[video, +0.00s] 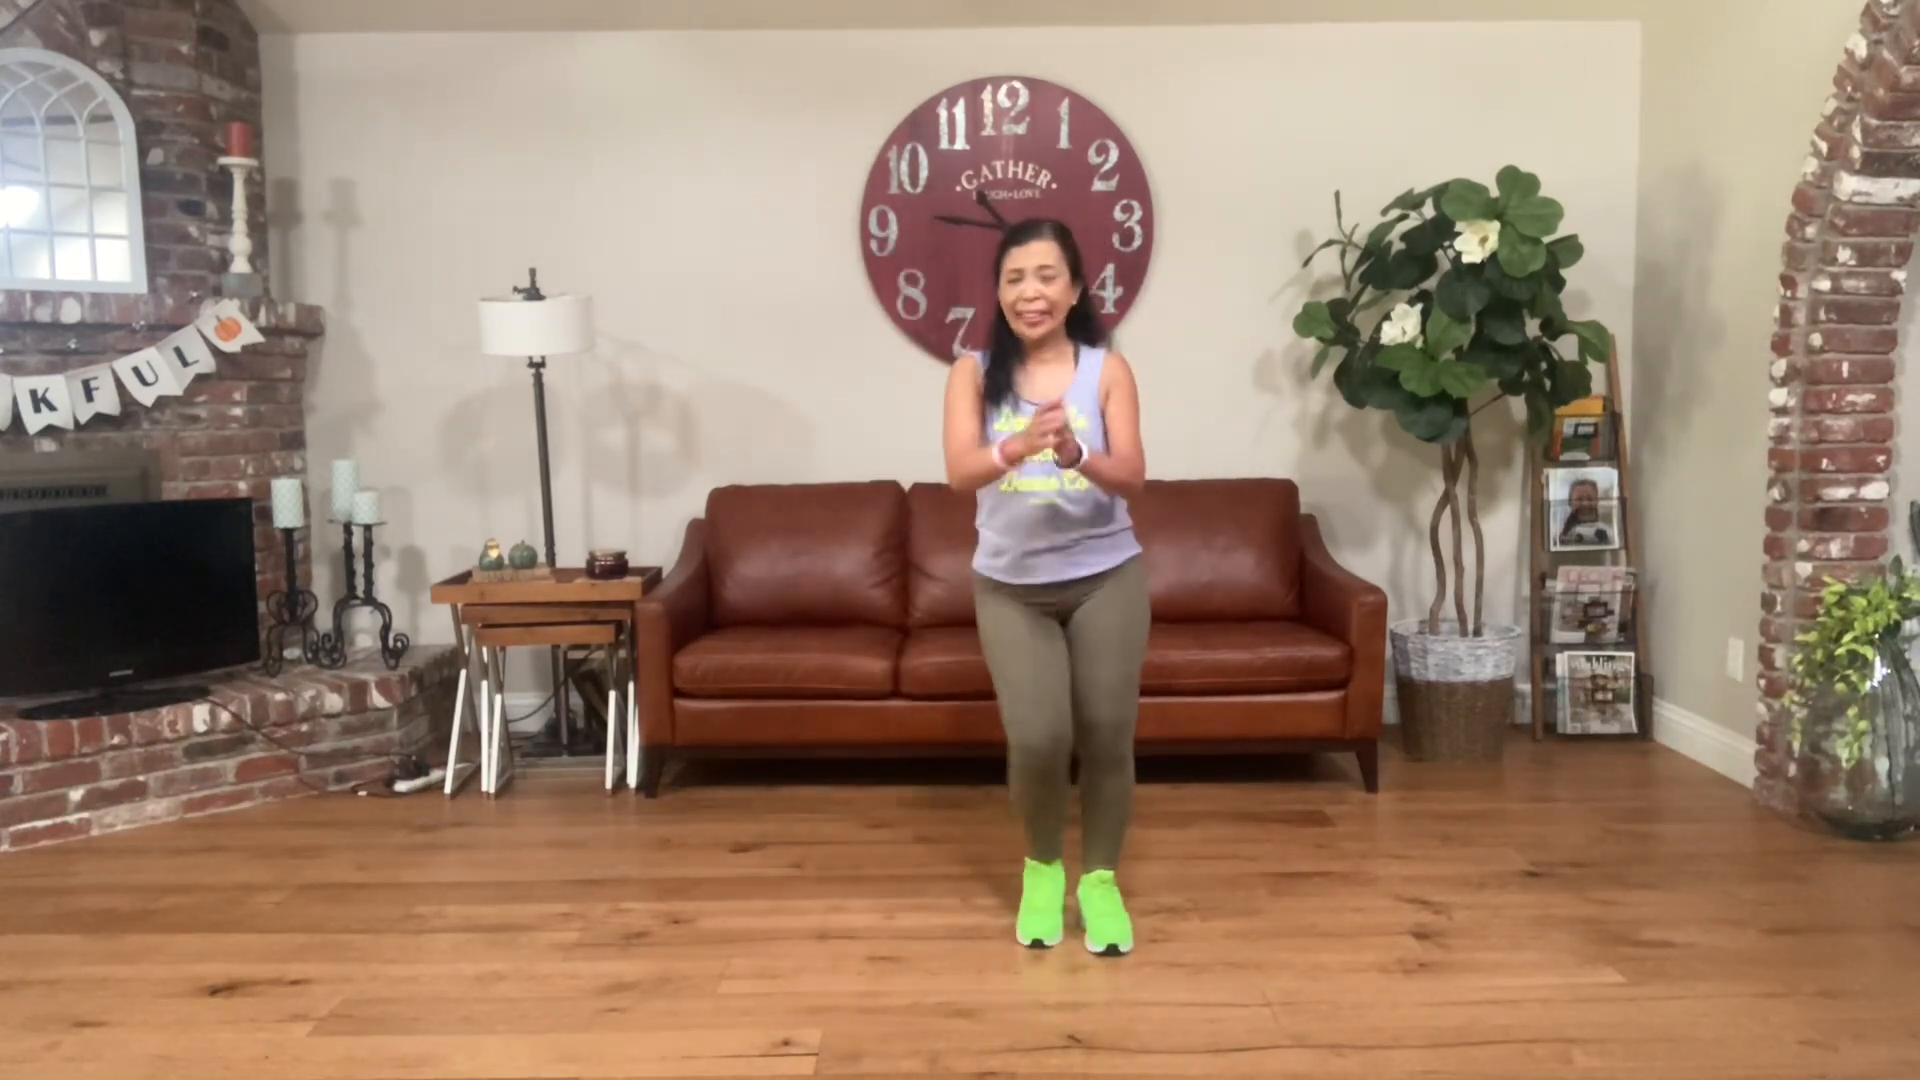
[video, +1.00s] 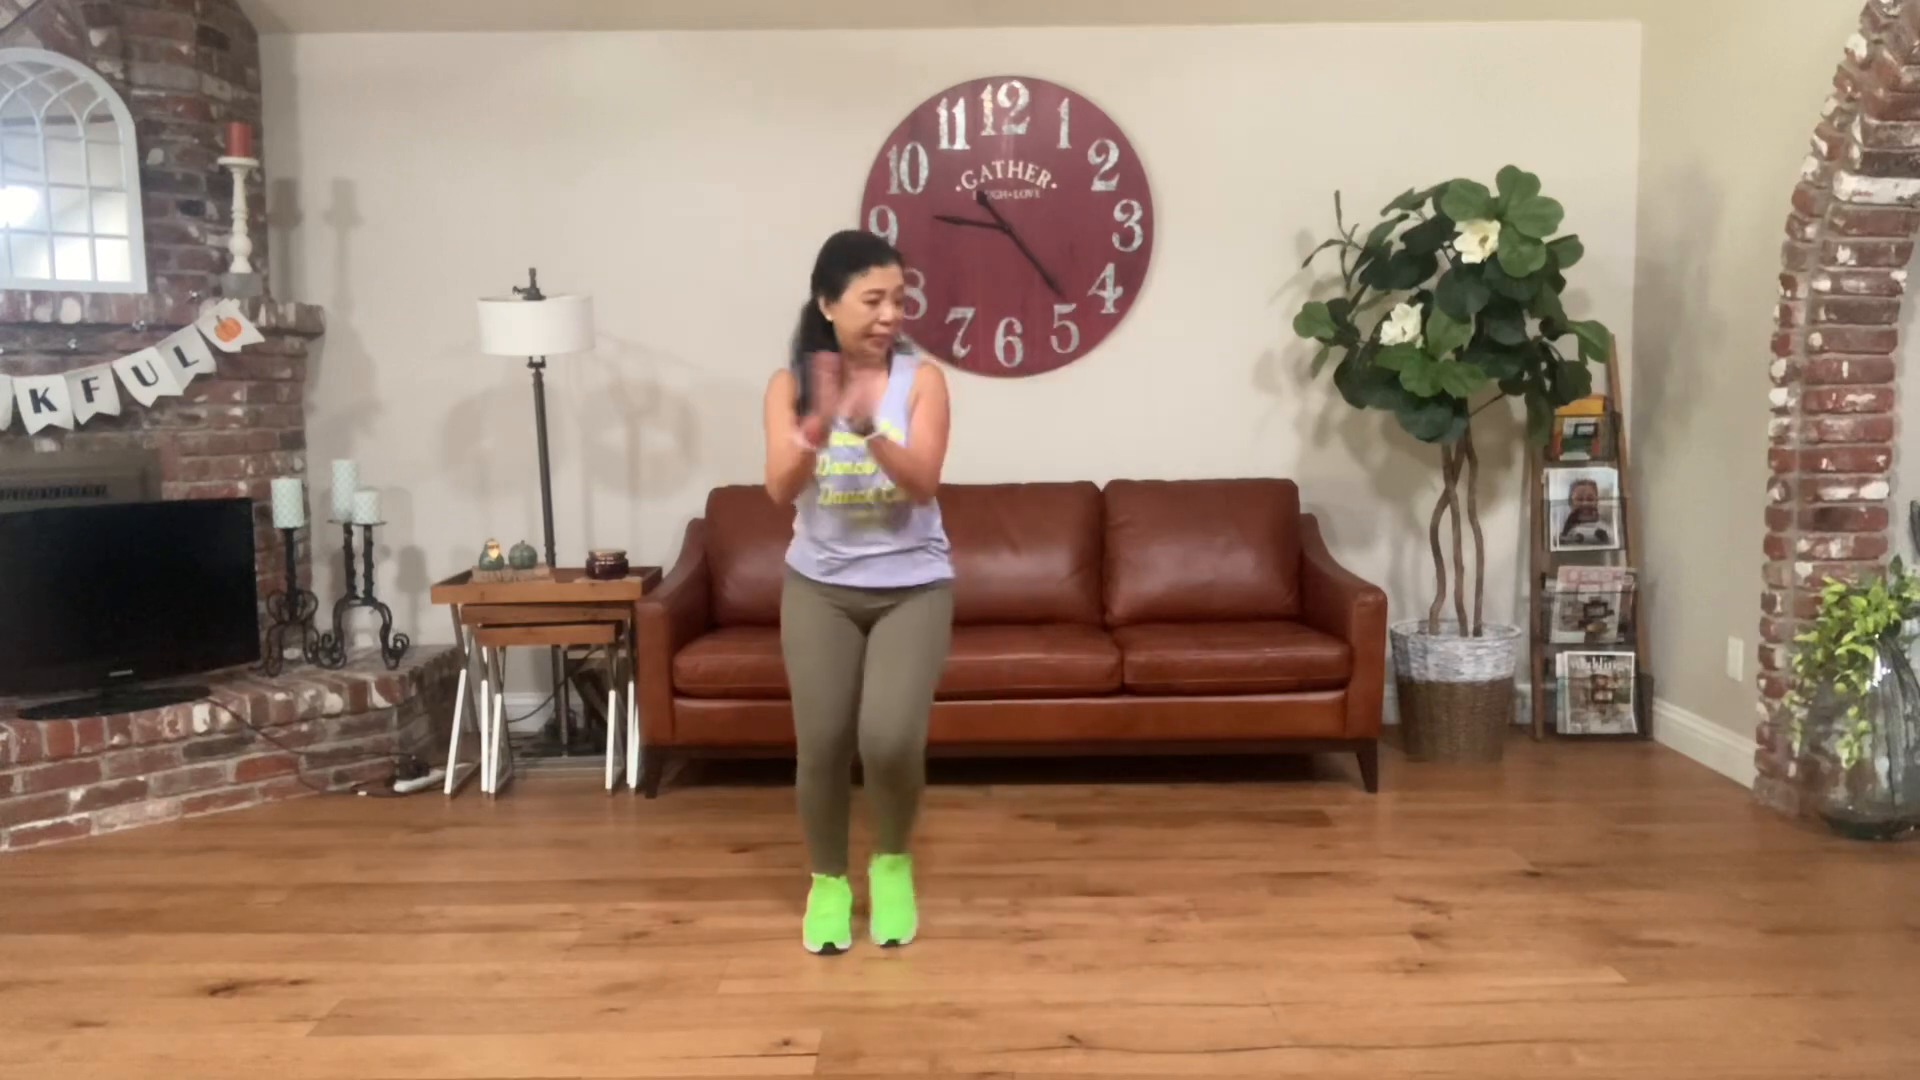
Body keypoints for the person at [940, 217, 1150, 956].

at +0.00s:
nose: (1031, 292)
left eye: (1047, 276)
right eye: (1016, 278)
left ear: (1074, 288)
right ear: (998, 292)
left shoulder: (1106, 368)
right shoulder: (973, 371)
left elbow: (1131, 476)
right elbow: (960, 471)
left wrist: (1079, 455)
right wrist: (1018, 447)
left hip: (1107, 575)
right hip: (1010, 585)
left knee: (1108, 728)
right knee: (1039, 737)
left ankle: (1101, 879)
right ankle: (1042, 871)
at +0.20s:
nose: (1011, 303)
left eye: (1028, 288)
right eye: (997, 290)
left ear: (1058, 301)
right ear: (981, 305)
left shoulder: (1098, 384)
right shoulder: (965, 388)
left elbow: (1155, 483)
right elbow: (920, 489)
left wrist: (1127, 473)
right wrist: (909, 480)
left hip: (1088, 583)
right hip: (993, 584)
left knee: (1092, 736)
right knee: (944, 702)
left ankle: (1097, 881)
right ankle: (972, 826)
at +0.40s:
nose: (971, 285)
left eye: (988, 270)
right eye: (956, 271)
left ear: (1016, 285)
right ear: (938, 288)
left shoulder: (1052, 372)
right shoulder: (925, 370)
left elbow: (1105, 452)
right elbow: (913, 443)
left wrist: (1128, 470)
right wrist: (866, 466)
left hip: (1043, 582)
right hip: (942, 585)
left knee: (1065, 739)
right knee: (898, 730)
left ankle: (1097, 882)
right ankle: (843, 874)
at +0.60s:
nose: (919, 290)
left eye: (936, 276)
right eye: (903, 275)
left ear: (957, 292)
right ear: (882, 288)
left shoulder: (979, 380)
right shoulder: (855, 371)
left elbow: (1034, 471)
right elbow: (829, 456)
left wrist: (1070, 467)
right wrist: (780, 458)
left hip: (965, 589)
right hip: (865, 591)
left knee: (1008, 740)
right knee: (849, 743)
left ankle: (1085, 876)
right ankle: (832, 882)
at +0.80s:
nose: (891, 315)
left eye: (904, 300)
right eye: (874, 300)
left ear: (917, 310)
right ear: (838, 310)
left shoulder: (935, 392)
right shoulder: (803, 388)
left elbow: (961, 503)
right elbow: (730, 475)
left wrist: (969, 433)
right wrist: (721, 423)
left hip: (929, 585)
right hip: (833, 592)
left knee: (941, 731)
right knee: (828, 741)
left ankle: (1002, 850)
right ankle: (829, 884)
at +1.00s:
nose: (889, 314)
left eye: (897, 299)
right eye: (871, 299)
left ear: (905, 303)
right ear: (828, 305)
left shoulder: (922, 379)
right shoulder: (792, 384)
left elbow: (923, 483)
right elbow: (781, 490)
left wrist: (871, 429)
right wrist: (813, 434)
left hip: (913, 583)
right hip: (818, 584)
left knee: (888, 739)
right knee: (822, 740)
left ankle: (891, 865)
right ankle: (829, 882)